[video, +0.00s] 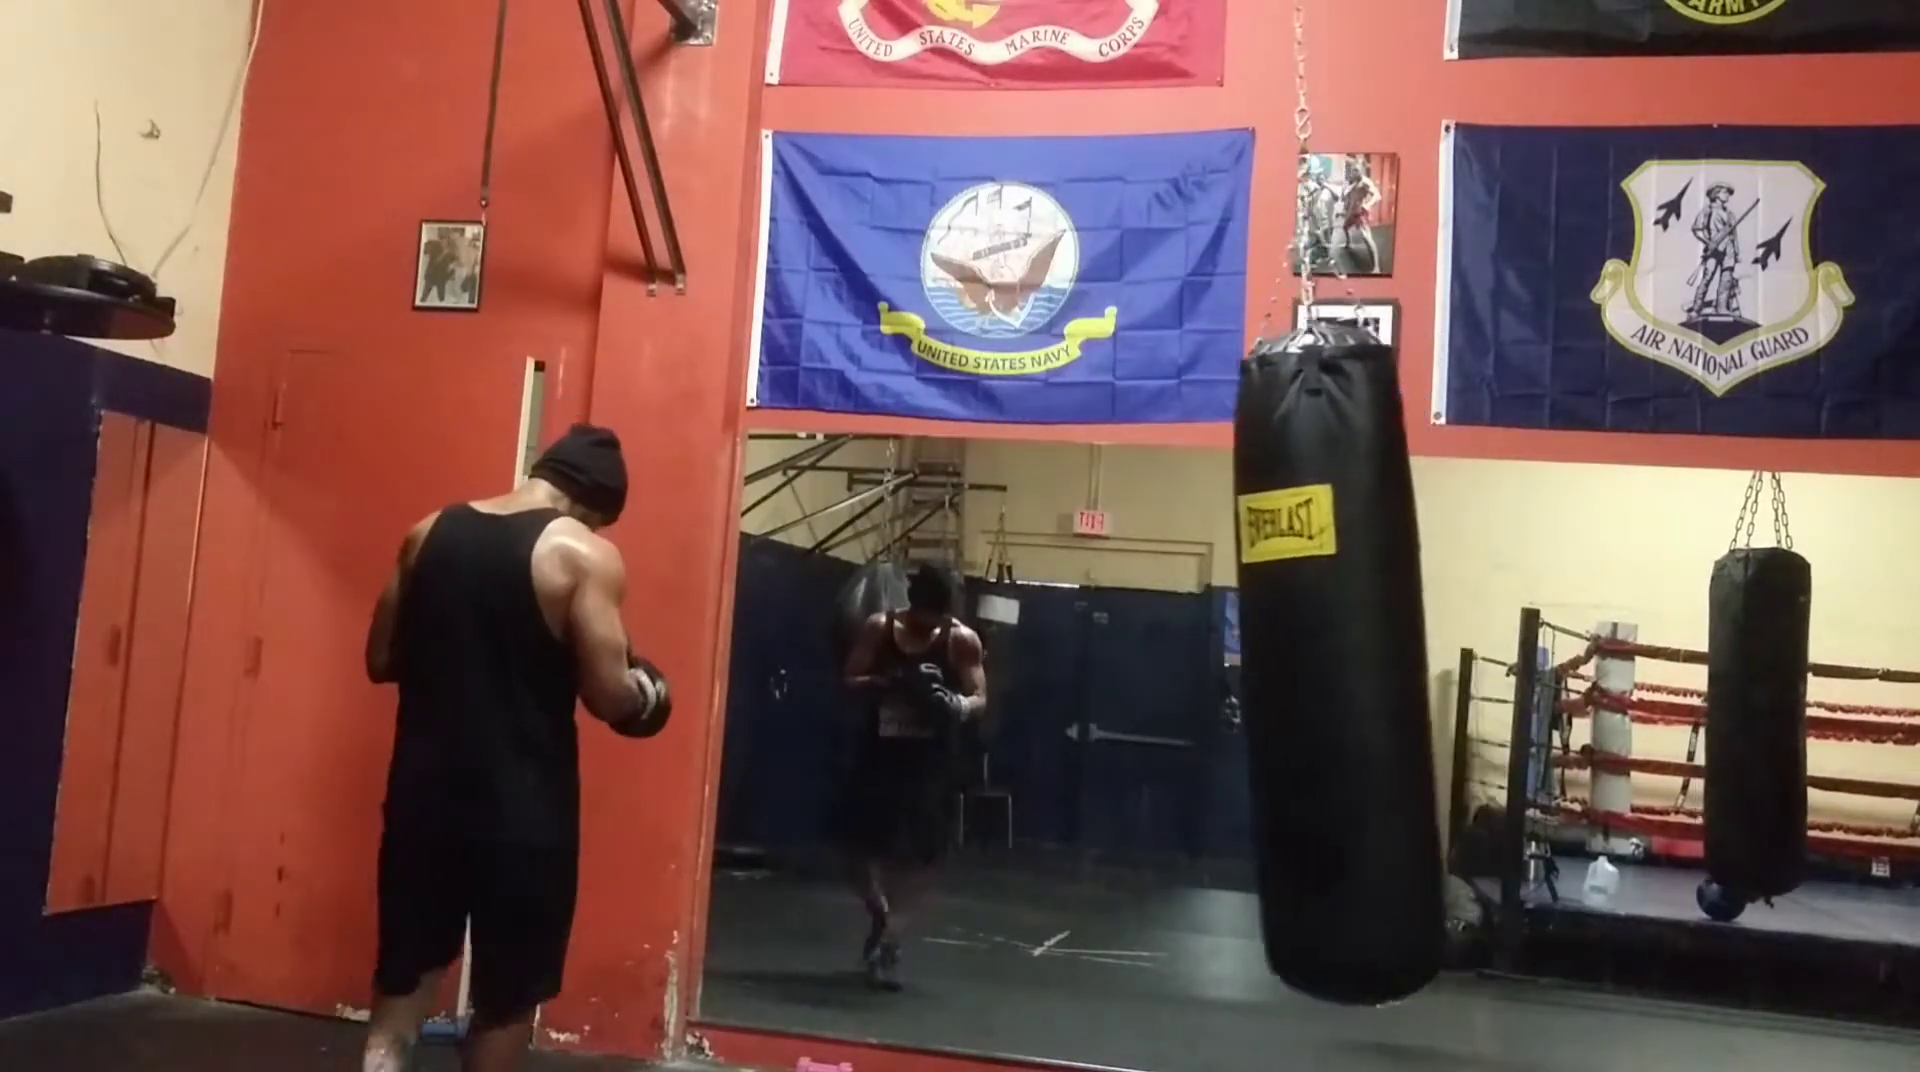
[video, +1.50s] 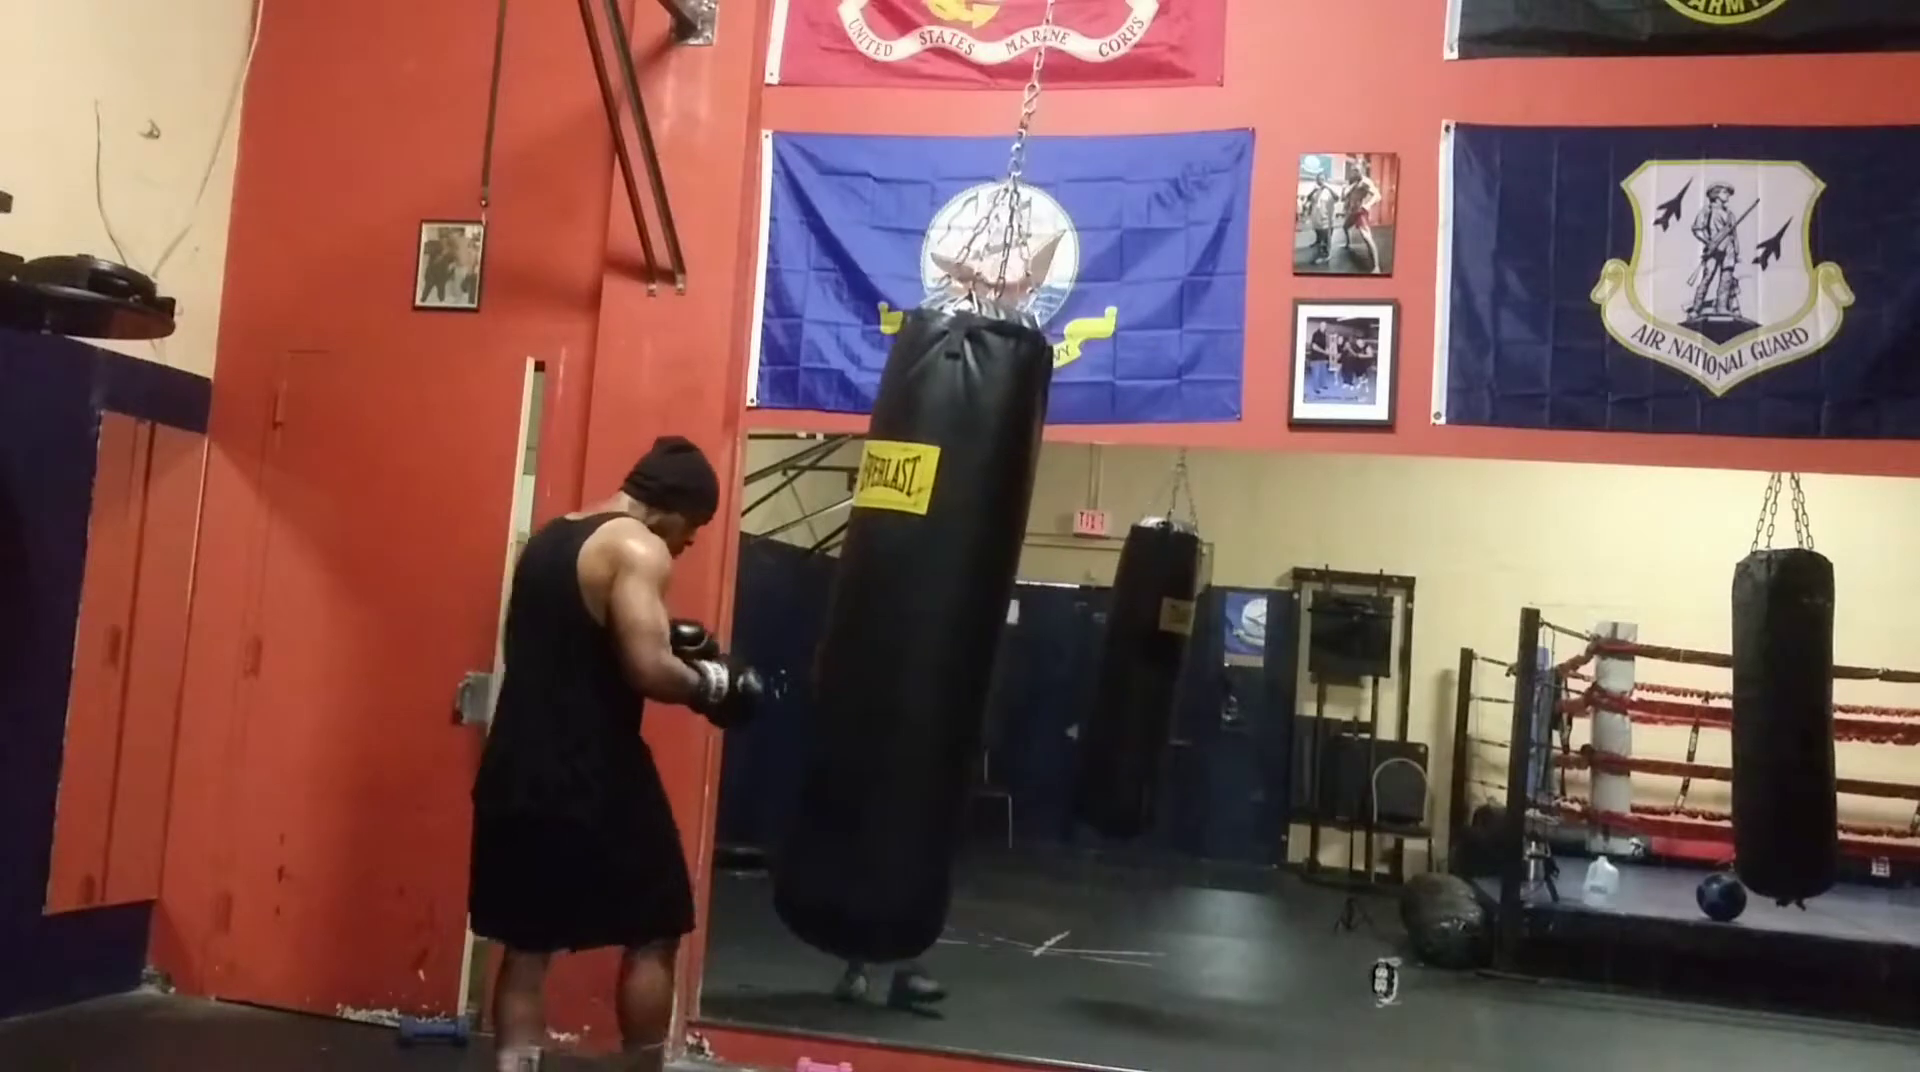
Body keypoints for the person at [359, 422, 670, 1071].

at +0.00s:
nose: (595, 529)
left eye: (597, 517)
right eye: (600, 518)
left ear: (538, 471)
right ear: (600, 506)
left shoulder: (431, 531)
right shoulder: (586, 553)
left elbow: (382, 661)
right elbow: (611, 698)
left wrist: (463, 635)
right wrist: (649, 695)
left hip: (424, 802)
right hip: (525, 815)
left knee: (400, 992)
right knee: (506, 1011)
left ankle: (381, 1061)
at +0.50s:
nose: (624, 526)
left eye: (629, 514)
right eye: (629, 513)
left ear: (567, 471)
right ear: (620, 492)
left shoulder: (467, 526)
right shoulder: (602, 542)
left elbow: (421, 654)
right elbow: (620, 678)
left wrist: (507, 635)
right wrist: (660, 684)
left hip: (464, 793)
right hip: (546, 802)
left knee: (481, 976)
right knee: (522, 987)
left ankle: (485, 1064)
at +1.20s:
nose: (659, 543)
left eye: (665, 531)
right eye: (663, 529)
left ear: (602, 491)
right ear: (648, 508)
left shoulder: (512, 541)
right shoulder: (626, 555)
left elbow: (461, 661)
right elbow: (642, 680)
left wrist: (555, 641)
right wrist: (687, 695)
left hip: (490, 786)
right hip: (576, 791)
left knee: (512, 961)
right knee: (605, 950)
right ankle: (525, 1061)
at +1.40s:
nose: (674, 542)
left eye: (681, 530)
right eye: (678, 528)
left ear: (620, 492)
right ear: (659, 508)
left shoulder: (532, 540)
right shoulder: (635, 554)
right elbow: (647, 672)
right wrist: (698, 692)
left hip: (508, 766)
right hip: (591, 771)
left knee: (528, 933)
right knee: (664, 919)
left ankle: (514, 1063)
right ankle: (589, 1052)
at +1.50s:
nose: (688, 539)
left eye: (695, 527)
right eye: (692, 525)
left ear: (634, 489)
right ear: (674, 507)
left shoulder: (551, 538)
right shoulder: (640, 550)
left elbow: (566, 644)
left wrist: (660, 636)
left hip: (518, 767)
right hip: (599, 774)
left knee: (527, 943)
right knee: (655, 932)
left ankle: (513, 1065)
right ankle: (646, 1064)